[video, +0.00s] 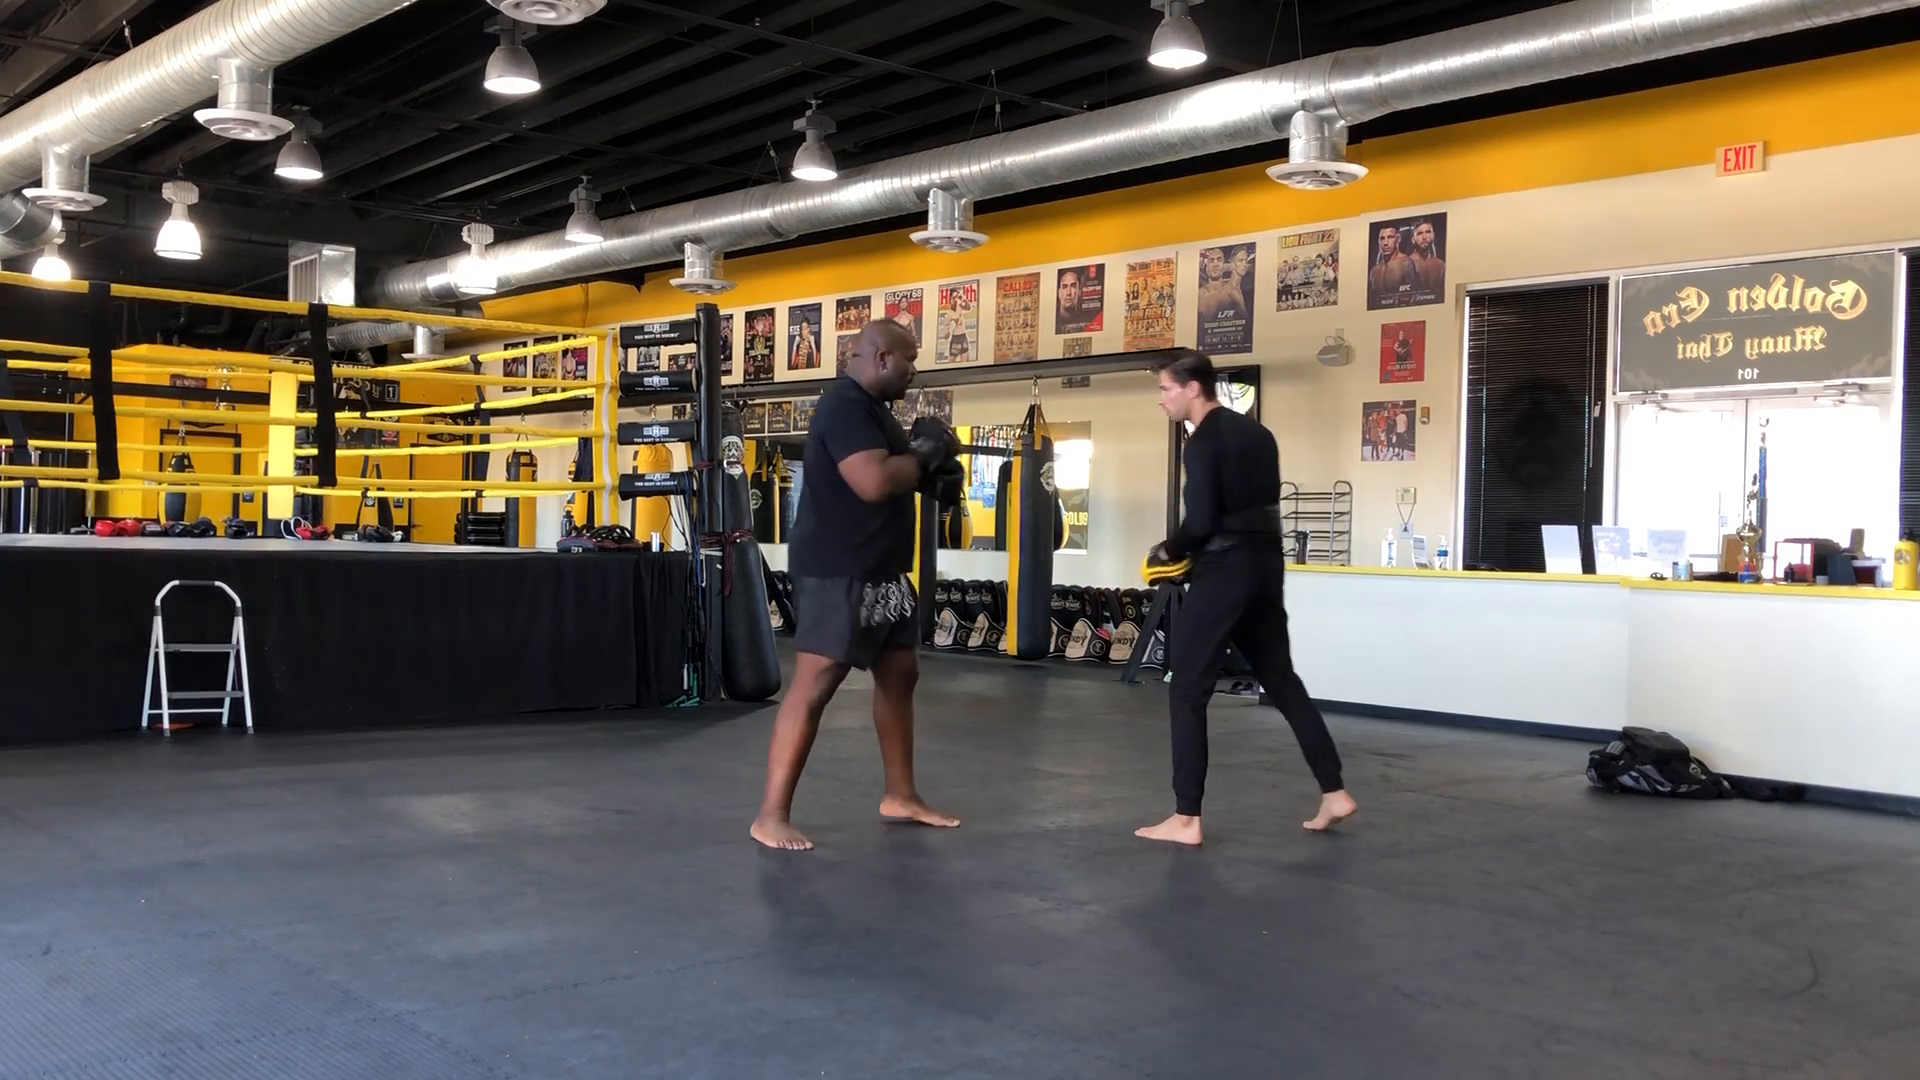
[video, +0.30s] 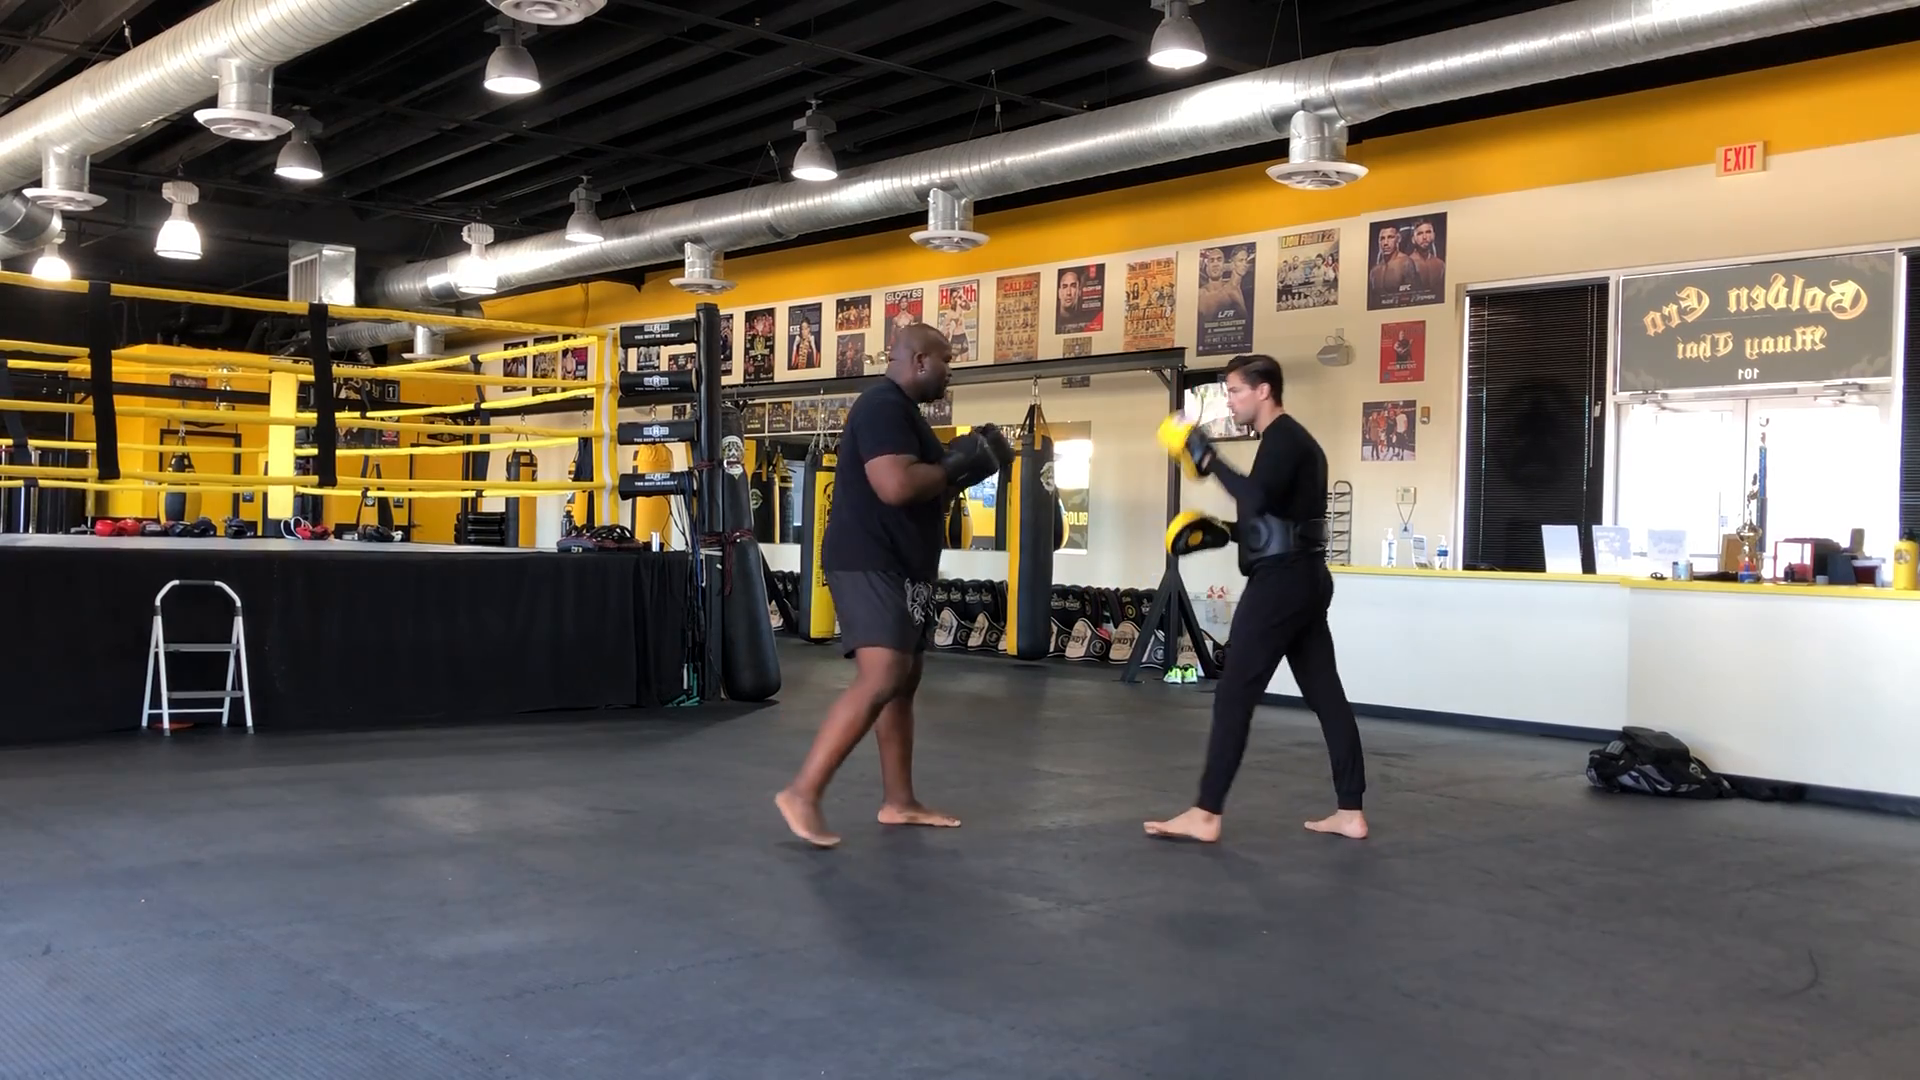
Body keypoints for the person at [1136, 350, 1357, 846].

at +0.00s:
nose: (1161, 401)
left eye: (1166, 390)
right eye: (1160, 391)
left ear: (1194, 388)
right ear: (1199, 390)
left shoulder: (1203, 440)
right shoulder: (1260, 433)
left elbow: (1200, 521)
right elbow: (1260, 509)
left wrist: (1169, 549)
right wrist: (1200, 545)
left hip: (1224, 568)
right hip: (1266, 566)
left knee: (1186, 688)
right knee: (1280, 680)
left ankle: (1186, 817)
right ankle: (1335, 792)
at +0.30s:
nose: (1229, 401)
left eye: (1235, 391)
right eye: (1228, 391)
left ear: (1264, 391)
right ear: (1264, 393)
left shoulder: (1281, 438)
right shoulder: (1296, 441)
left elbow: (1256, 498)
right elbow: (1277, 525)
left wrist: (1211, 459)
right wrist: (1219, 533)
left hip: (1278, 582)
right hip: (1306, 581)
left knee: (1234, 692)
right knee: (1327, 697)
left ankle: (1205, 813)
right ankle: (1351, 812)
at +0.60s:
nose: (1245, 397)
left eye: (1253, 386)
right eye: (1245, 388)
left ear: (1281, 386)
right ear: (1280, 388)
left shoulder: (1302, 424)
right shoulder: (1299, 437)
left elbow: (1273, 445)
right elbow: (1288, 525)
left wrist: (1226, 413)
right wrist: (1232, 529)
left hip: (1296, 573)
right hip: (1316, 573)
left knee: (1258, 691)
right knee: (1329, 692)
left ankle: (1272, 815)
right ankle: (1351, 812)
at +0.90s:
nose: (1232, 397)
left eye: (1236, 387)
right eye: (1231, 388)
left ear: (1265, 384)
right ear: (1274, 385)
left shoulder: (1265, 427)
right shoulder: (1321, 433)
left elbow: (1204, 457)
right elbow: (1312, 506)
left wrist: (1168, 414)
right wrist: (1255, 532)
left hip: (1289, 569)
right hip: (1332, 568)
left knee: (1270, 691)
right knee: (1335, 686)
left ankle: (1273, 816)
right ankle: (1358, 806)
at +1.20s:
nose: (1265, 395)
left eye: (1270, 385)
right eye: (1263, 386)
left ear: (1297, 383)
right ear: (1303, 385)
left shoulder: (1304, 436)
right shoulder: (1349, 436)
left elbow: (1292, 508)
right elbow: (1327, 511)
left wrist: (1242, 513)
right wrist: (1262, 515)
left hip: (1308, 572)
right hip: (1347, 571)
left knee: (1282, 695)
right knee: (1353, 687)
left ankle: (1275, 816)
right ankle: (1410, 796)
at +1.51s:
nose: (1310, 401)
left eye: (1316, 391)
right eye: (1309, 392)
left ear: (1344, 390)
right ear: (1345, 392)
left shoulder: (1363, 437)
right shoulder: (1369, 437)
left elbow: (1364, 504)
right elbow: (1355, 511)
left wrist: (1307, 502)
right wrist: (1306, 512)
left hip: (1360, 584)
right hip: (1386, 582)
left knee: (1315, 697)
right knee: (1405, 701)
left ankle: (1282, 813)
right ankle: (1424, 816)